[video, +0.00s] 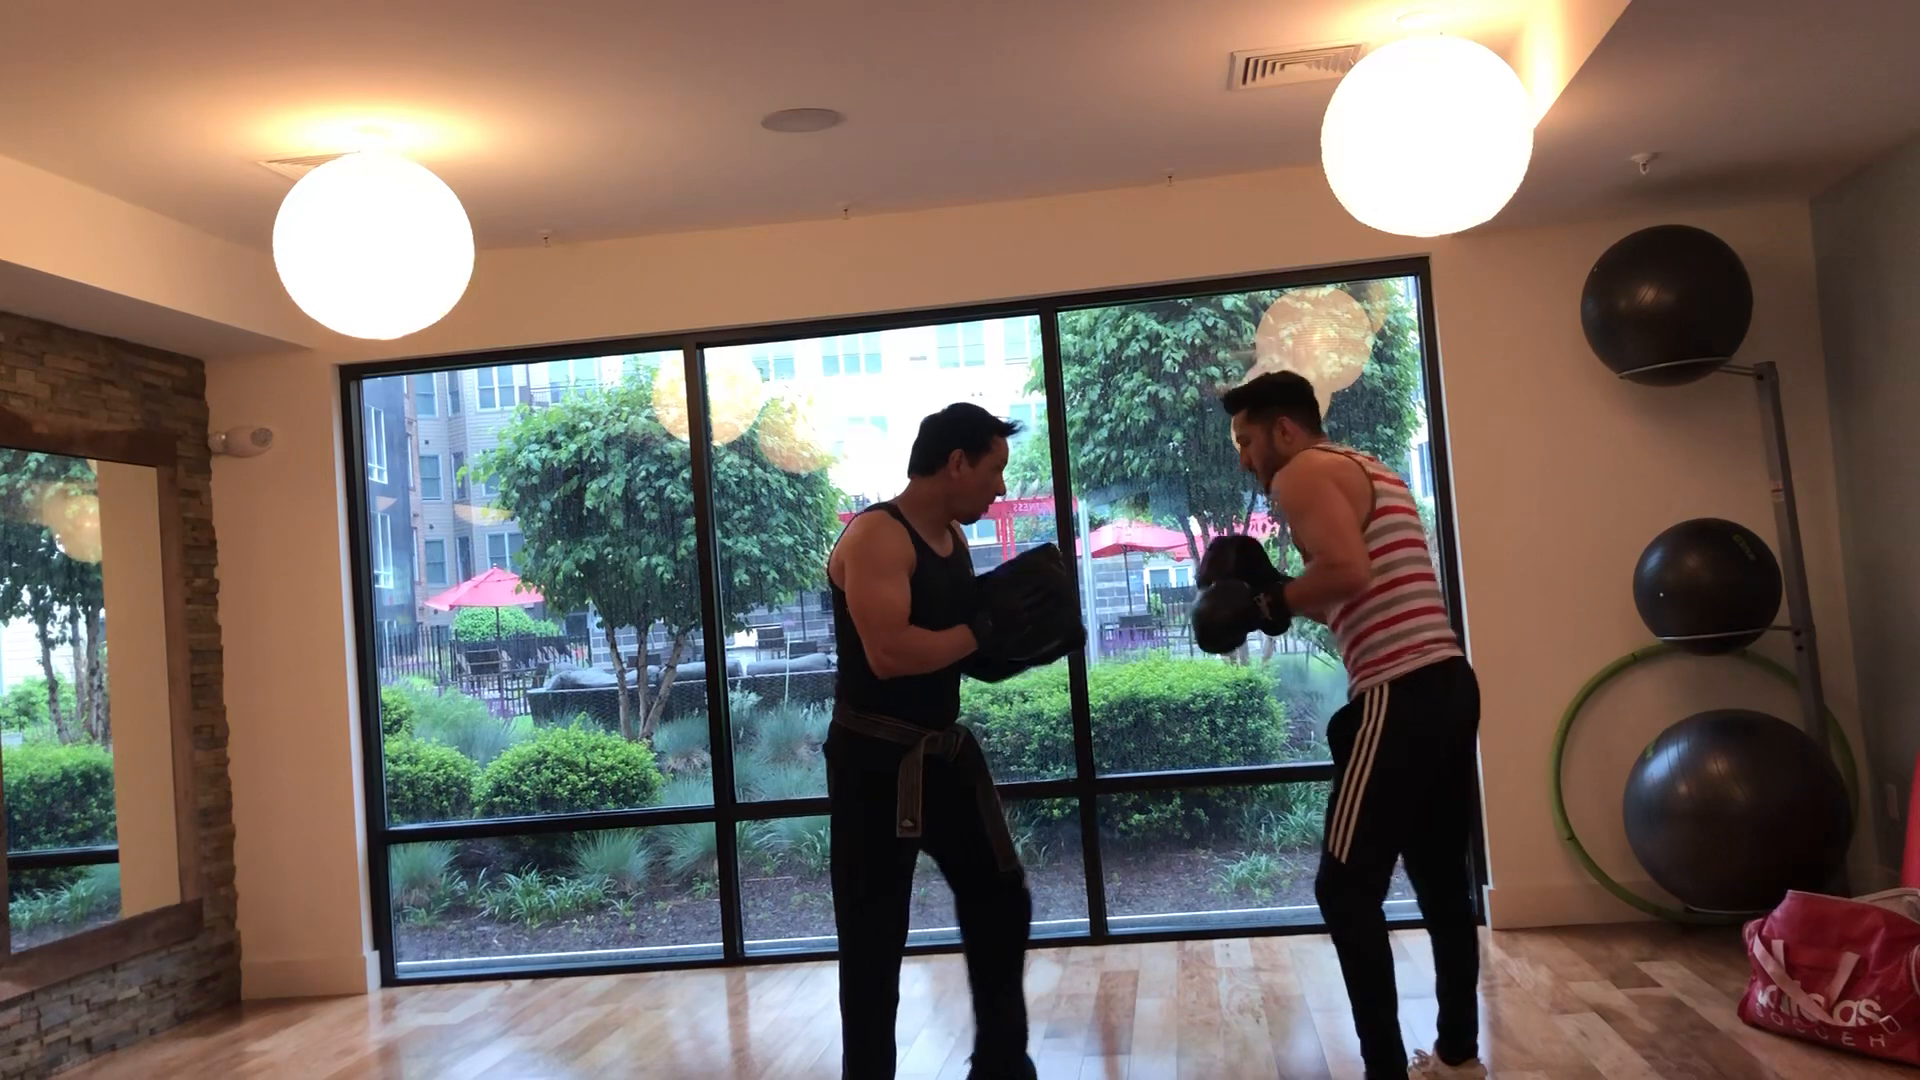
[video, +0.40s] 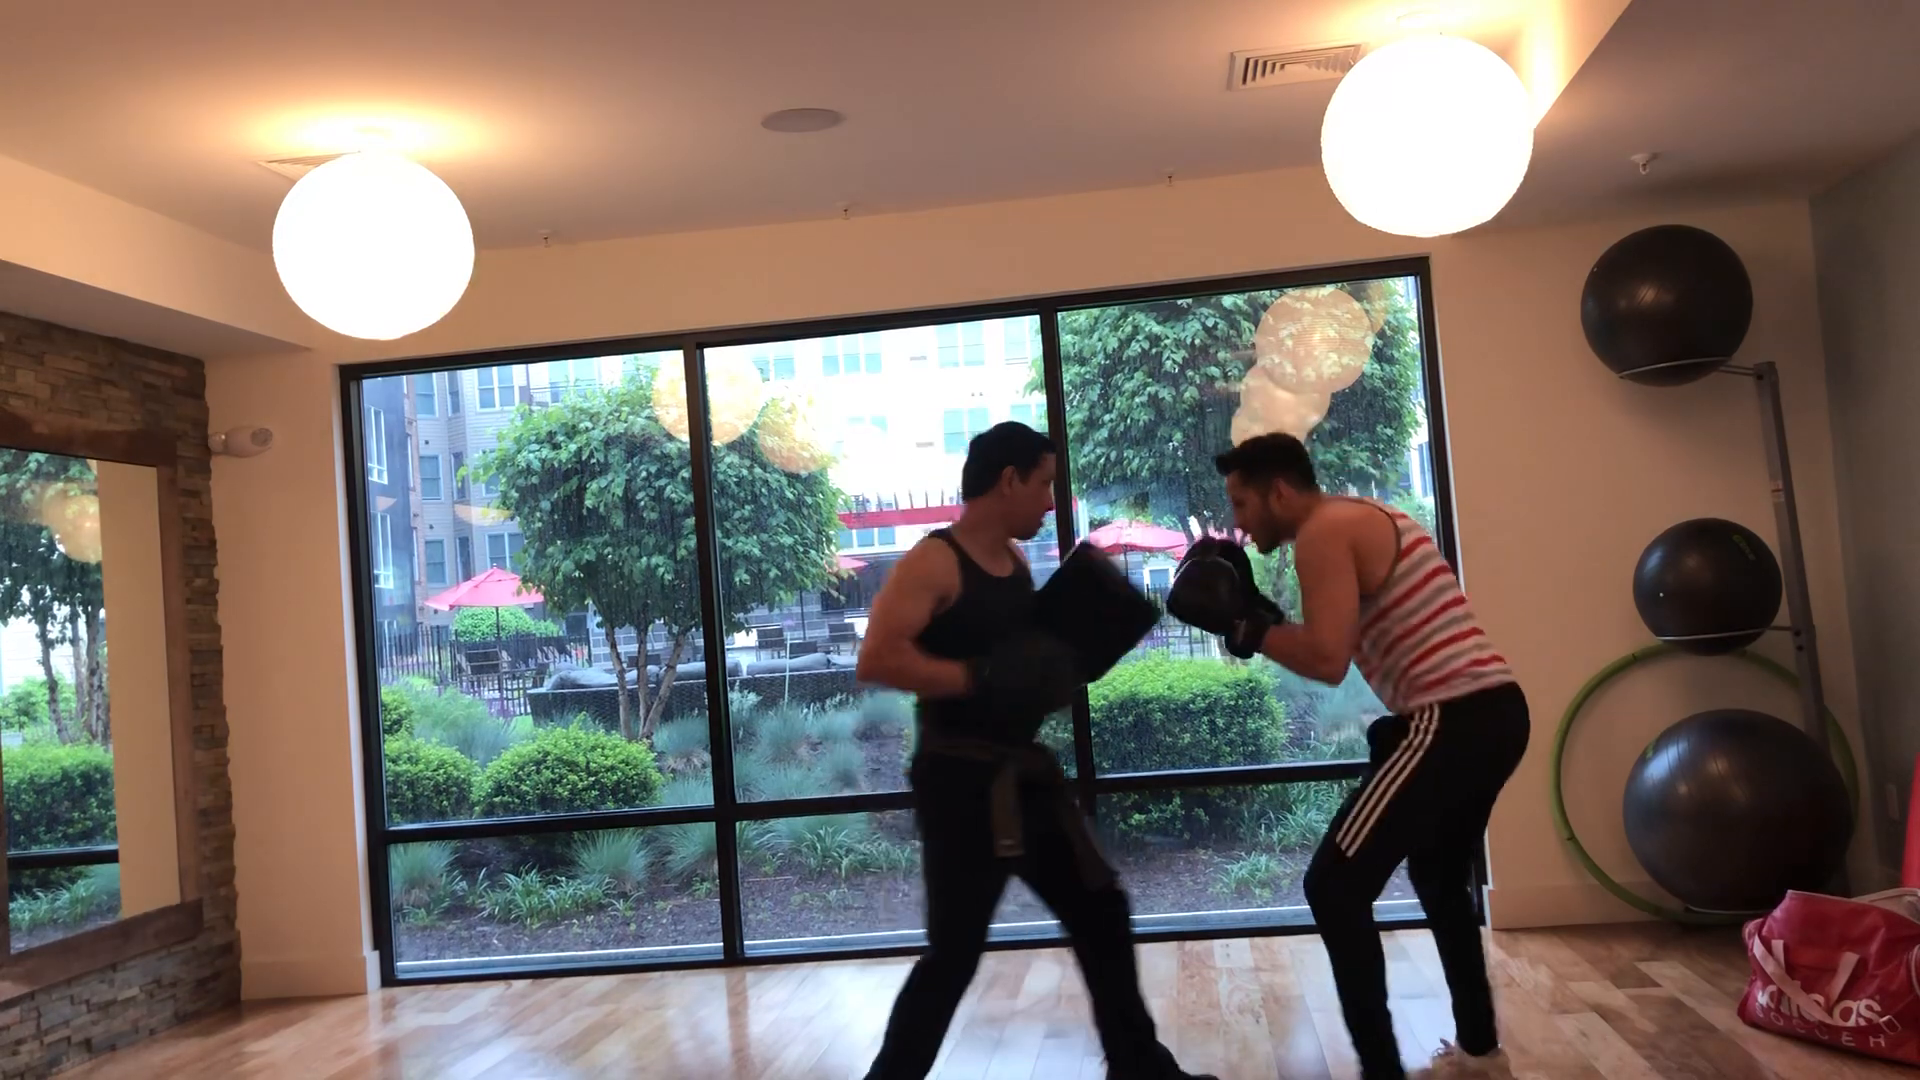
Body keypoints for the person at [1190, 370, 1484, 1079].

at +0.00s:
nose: (1242, 459)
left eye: (1245, 441)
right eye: (1238, 446)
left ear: (1281, 425)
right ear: (1304, 426)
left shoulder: (1305, 472)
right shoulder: (1370, 468)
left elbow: (1347, 571)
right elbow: (1360, 598)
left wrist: (1271, 599)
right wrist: (1277, 592)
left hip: (1396, 693)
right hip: (1446, 685)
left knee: (1345, 889)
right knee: (1441, 881)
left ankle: (1382, 1069)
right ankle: (1457, 1048)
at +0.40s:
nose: (1238, 521)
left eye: (1239, 503)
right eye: (1233, 506)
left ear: (1278, 489)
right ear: (1288, 488)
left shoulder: (1327, 529)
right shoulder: (1366, 516)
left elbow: (1327, 661)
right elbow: (1339, 645)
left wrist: (1247, 625)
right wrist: (1265, 616)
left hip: (1449, 719)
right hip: (1491, 711)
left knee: (1335, 887)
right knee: (1438, 873)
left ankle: (1381, 1071)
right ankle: (1479, 1044)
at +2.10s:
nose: (1299, 489)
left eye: (1303, 470)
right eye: (1294, 473)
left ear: (1345, 460)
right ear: (1353, 460)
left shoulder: (1395, 504)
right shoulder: (1424, 490)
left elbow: (1428, 615)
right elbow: (1441, 614)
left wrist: (1340, 612)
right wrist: (1348, 602)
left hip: (1486, 696)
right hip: (1529, 688)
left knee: (1414, 880)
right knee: (1502, 870)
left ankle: (1450, 1068)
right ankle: (1558, 1032)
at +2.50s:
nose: (1274, 528)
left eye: (1277, 511)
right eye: (1270, 513)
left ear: (1317, 501)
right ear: (1324, 500)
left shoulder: (1400, 565)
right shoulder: (1388, 533)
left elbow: (1354, 700)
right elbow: (1392, 648)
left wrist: (1289, 642)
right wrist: (1312, 641)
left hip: (1501, 735)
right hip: (1492, 727)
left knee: (1417, 912)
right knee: (1466, 895)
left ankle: (1454, 1075)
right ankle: (1552, 1037)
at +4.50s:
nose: (1276, 566)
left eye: (1278, 551)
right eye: (1274, 551)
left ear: (1310, 558)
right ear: (1339, 545)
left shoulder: (1408, 627)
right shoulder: (1380, 587)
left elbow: (1333, 754)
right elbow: (1397, 683)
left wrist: (1299, 660)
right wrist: (1317, 704)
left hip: (1537, 758)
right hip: (1492, 752)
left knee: (1428, 917)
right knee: (1444, 899)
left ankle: (1481, 1071)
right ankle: (1530, 1042)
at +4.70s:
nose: (1279, 521)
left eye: (1285, 503)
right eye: (1280, 505)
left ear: (1321, 504)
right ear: (1336, 501)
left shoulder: (1402, 569)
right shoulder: (1384, 558)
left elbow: (1350, 708)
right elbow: (1396, 661)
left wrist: (1285, 644)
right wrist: (1303, 687)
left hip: (1519, 744)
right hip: (1488, 742)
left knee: (1432, 915)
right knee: (1454, 899)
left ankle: (1481, 1071)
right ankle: (1527, 1040)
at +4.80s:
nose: (1288, 501)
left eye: (1292, 481)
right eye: (1283, 485)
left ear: (1339, 463)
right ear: (1343, 468)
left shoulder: (1387, 524)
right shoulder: (1402, 510)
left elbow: (1387, 639)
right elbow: (1398, 633)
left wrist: (1296, 628)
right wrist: (1305, 626)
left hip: (1496, 721)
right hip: (1496, 715)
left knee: (1437, 909)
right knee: (1463, 887)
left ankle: (1483, 1069)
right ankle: (1527, 1040)